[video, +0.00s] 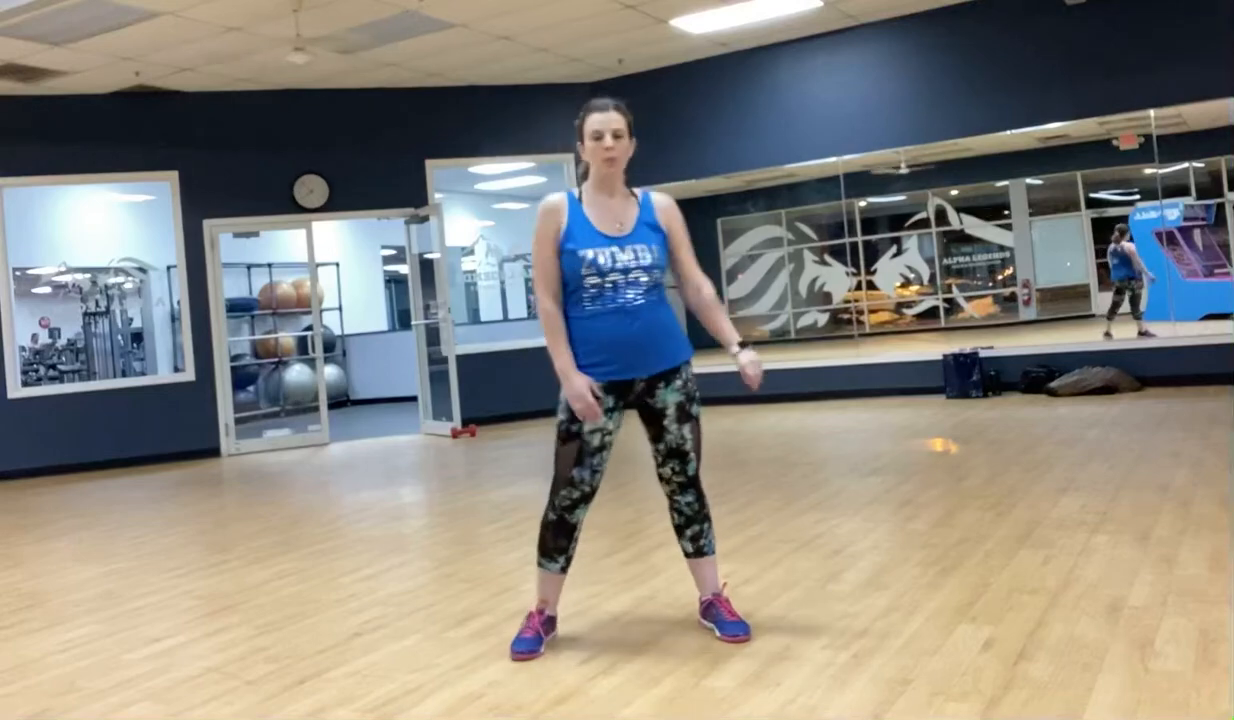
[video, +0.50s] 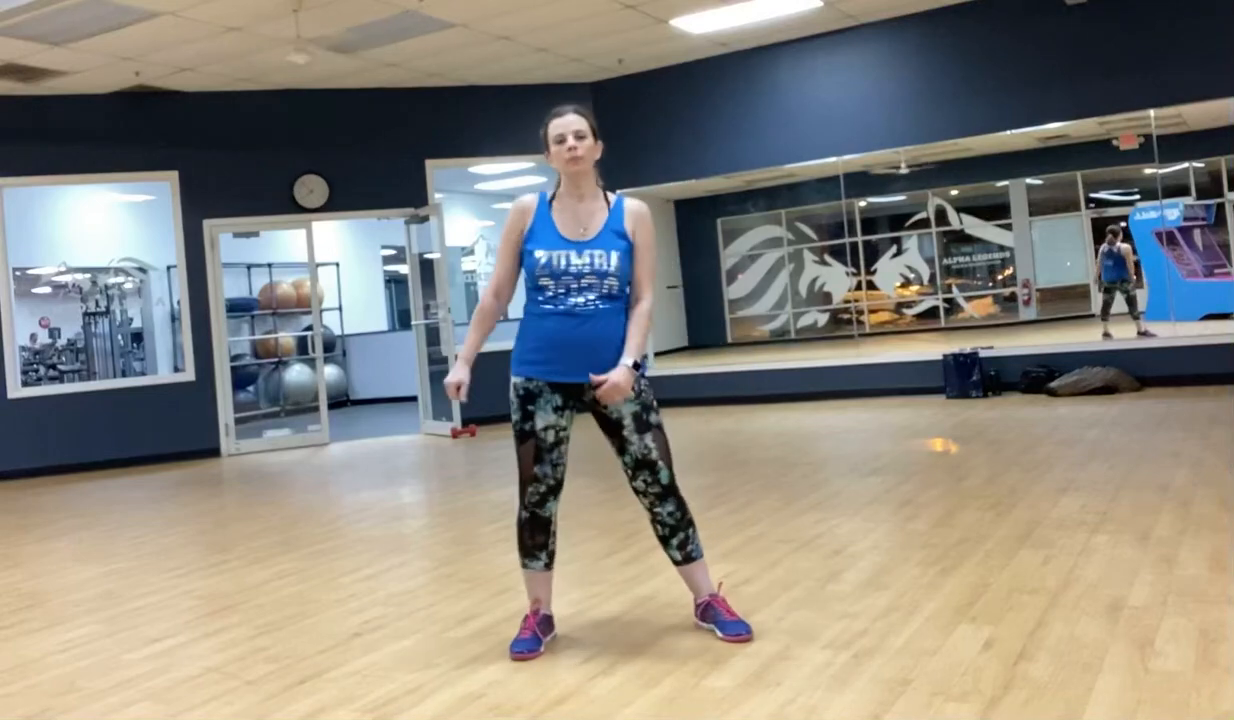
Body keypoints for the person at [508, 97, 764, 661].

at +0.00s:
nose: (608, 144)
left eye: (617, 135)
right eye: (597, 136)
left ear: (632, 144)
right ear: (581, 147)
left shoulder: (661, 209)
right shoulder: (557, 213)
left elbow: (697, 286)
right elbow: (548, 302)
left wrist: (738, 346)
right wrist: (568, 375)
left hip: (666, 369)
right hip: (593, 377)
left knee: (684, 482)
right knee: (570, 493)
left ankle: (714, 600)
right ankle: (543, 613)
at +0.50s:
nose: (571, 146)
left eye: (579, 137)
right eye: (560, 140)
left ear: (598, 146)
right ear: (547, 154)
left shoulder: (632, 213)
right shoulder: (526, 214)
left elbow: (642, 299)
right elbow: (496, 296)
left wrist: (627, 364)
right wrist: (465, 359)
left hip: (614, 373)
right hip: (540, 378)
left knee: (658, 485)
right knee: (537, 496)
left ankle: (708, 600)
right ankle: (538, 613)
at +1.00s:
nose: (593, 143)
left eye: (601, 134)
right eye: (581, 137)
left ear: (616, 143)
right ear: (567, 151)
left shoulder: (649, 188)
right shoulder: (559, 222)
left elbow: (703, 256)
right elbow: (559, 312)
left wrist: (703, 333)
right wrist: (550, 383)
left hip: (665, 367)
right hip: (591, 377)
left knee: (684, 483)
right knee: (569, 491)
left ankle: (711, 600)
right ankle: (544, 612)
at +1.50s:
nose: (636, 158)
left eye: (638, 149)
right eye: (624, 149)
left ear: (638, 154)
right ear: (591, 155)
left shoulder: (660, 209)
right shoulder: (557, 226)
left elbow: (722, 275)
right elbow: (554, 314)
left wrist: (781, 324)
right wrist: (582, 378)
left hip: (688, 364)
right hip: (615, 378)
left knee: (696, 482)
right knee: (588, 495)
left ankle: (710, 600)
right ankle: (550, 612)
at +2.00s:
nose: (594, 157)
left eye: (595, 147)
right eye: (580, 155)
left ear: (604, 150)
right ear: (559, 169)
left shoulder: (628, 229)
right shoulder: (539, 202)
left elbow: (643, 307)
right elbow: (486, 270)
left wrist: (683, 344)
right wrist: (464, 342)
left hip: (626, 371)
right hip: (555, 377)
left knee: (664, 482)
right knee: (554, 496)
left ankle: (705, 601)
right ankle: (546, 614)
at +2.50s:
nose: (591, 155)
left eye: (589, 143)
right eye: (576, 156)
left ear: (601, 143)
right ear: (562, 176)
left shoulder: (652, 203)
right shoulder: (552, 224)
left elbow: (707, 263)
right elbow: (536, 304)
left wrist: (696, 328)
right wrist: (510, 372)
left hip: (649, 371)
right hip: (572, 376)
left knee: (682, 484)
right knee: (559, 490)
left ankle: (712, 599)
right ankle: (545, 613)